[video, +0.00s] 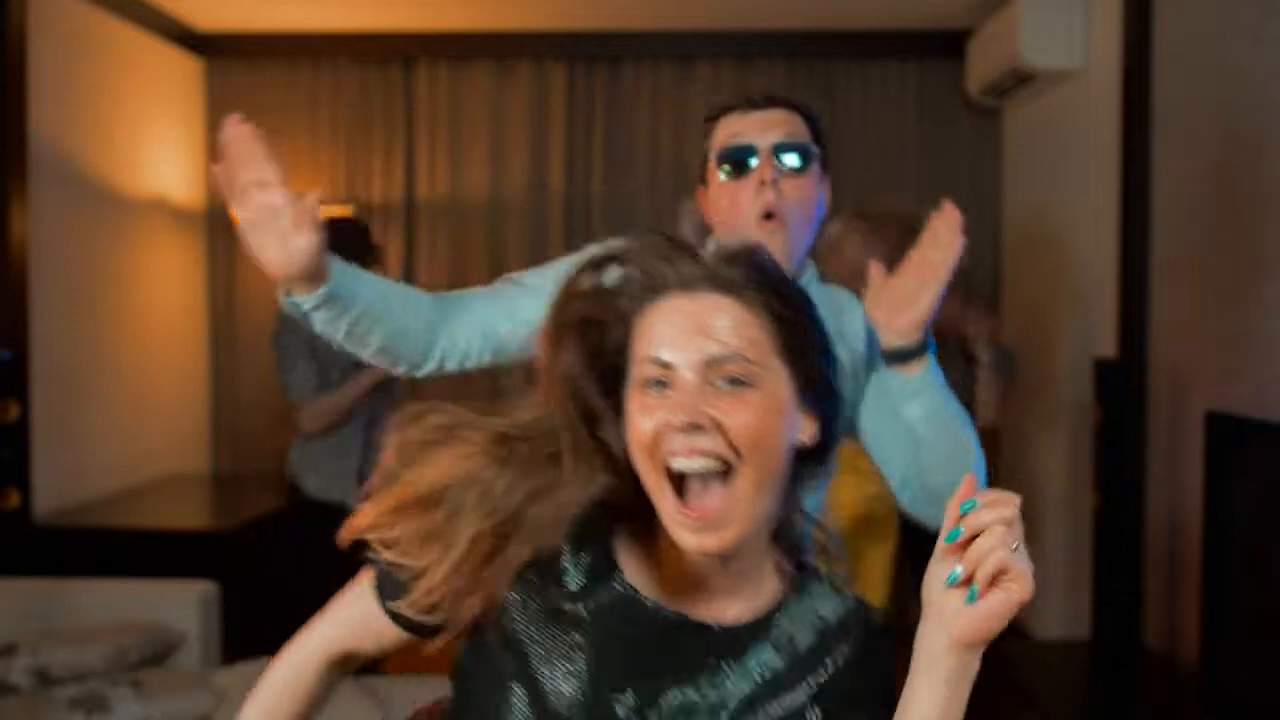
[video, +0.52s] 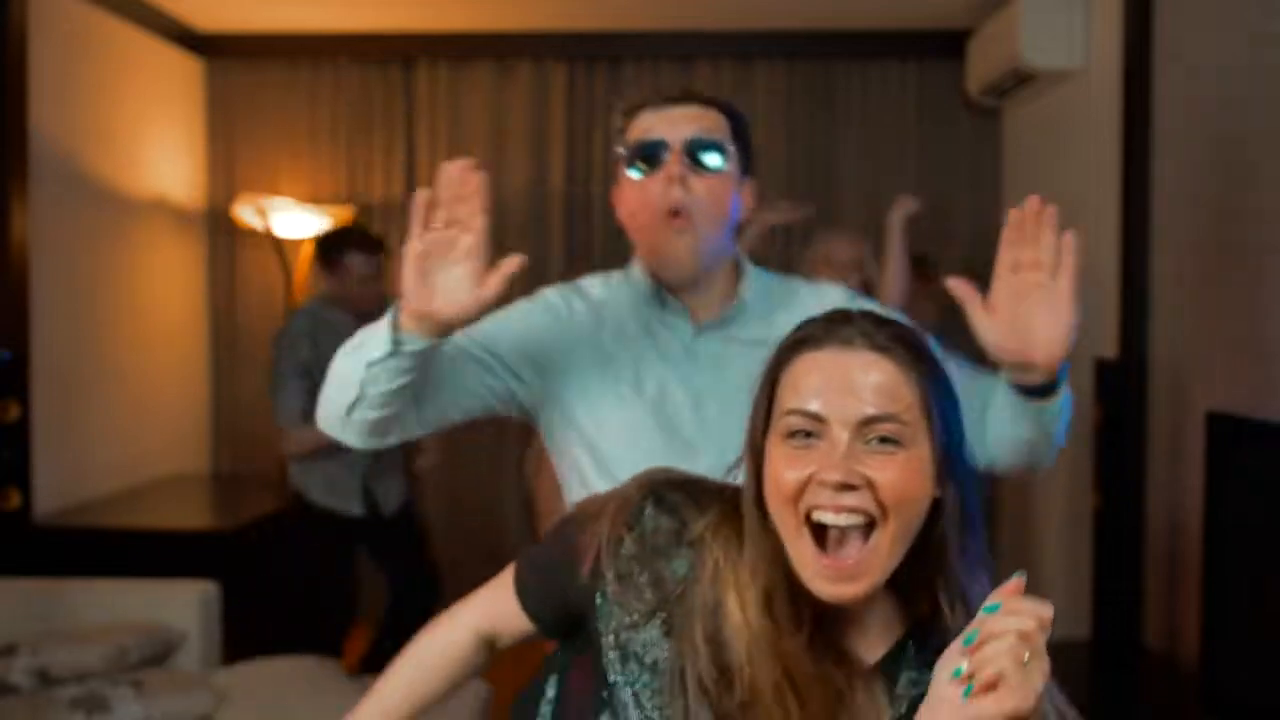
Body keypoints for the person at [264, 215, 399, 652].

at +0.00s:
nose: (372, 277)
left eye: (372, 267)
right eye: (361, 266)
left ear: (370, 269)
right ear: (335, 269)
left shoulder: (376, 325)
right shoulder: (300, 325)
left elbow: (387, 411)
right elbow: (308, 419)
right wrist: (377, 370)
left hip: (369, 495)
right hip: (320, 499)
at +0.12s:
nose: (362, 271)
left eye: (365, 259)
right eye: (351, 260)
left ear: (372, 259)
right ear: (321, 263)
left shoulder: (387, 308)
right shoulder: (294, 324)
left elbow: (406, 376)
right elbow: (311, 417)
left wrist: (406, 412)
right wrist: (372, 377)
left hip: (384, 477)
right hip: (323, 482)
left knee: (376, 590)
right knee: (316, 588)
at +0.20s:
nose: (360, 272)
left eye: (365, 261)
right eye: (348, 263)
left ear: (372, 260)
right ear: (318, 263)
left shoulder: (388, 307)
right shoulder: (301, 315)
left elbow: (408, 377)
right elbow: (309, 422)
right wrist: (374, 358)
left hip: (383, 467)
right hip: (322, 468)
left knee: (373, 583)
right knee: (313, 576)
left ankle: (352, 671)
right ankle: (304, 667)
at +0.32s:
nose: (348, 273)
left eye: (357, 261)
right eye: (336, 260)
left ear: (370, 262)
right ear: (314, 262)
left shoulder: (390, 308)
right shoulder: (296, 329)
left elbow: (399, 373)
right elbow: (305, 428)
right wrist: (367, 365)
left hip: (384, 479)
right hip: (323, 480)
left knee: (382, 590)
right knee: (320, 584)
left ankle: (361, 670)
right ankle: (312, 666)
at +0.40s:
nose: (348, 257)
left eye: (355, 245)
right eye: (336, 247)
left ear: (371, 251)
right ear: (319, 256)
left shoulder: (388, 316)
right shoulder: (301, 324)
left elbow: (408, 395)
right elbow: (300, 431)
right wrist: (358, 399)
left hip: (389, 490)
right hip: (326, 492)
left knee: (398, 605)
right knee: (331, 607)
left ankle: (359, 686)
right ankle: (314, 688)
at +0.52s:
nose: (377, 288)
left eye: (379, 275)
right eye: (365, 277)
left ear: (382, 270)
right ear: (333, 274)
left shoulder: (384, 323)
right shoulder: (304, 331)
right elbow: (292, 440)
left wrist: (419, 433)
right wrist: (359, 424)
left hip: (387, 486)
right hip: (327, 491)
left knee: (418, 590)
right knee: (333, 601)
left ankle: (375, 677)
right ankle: (316, 682)